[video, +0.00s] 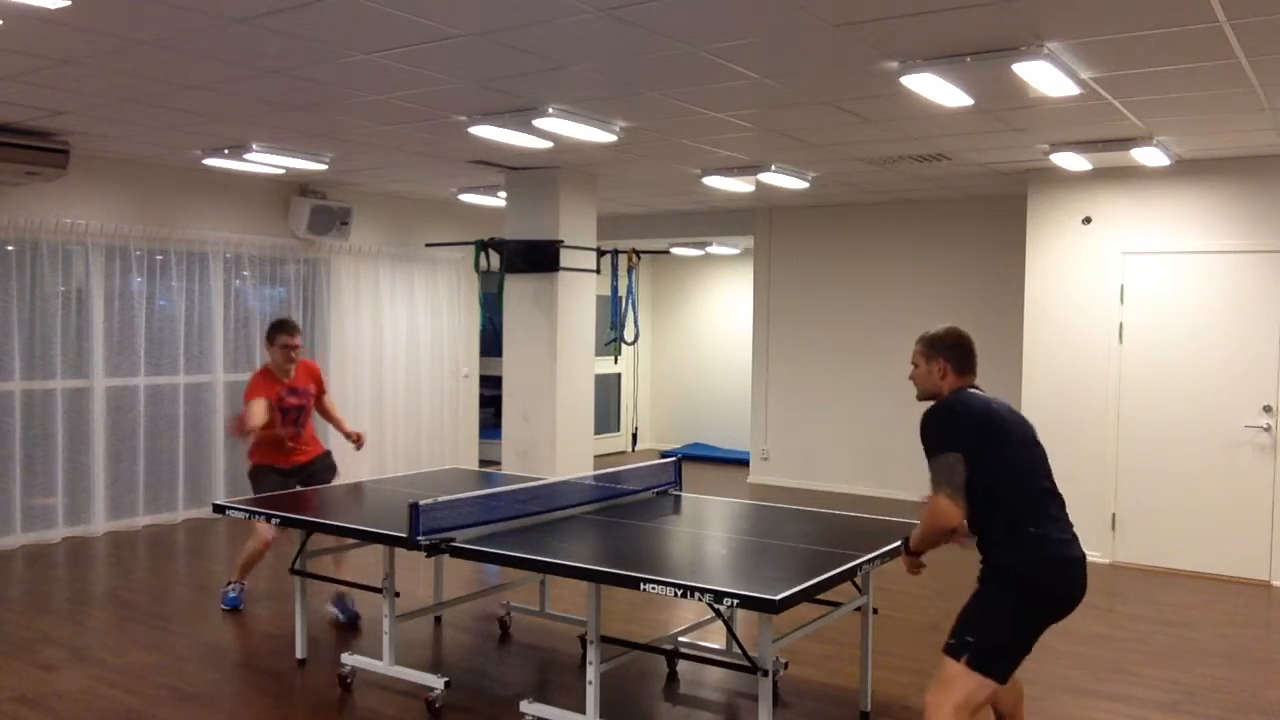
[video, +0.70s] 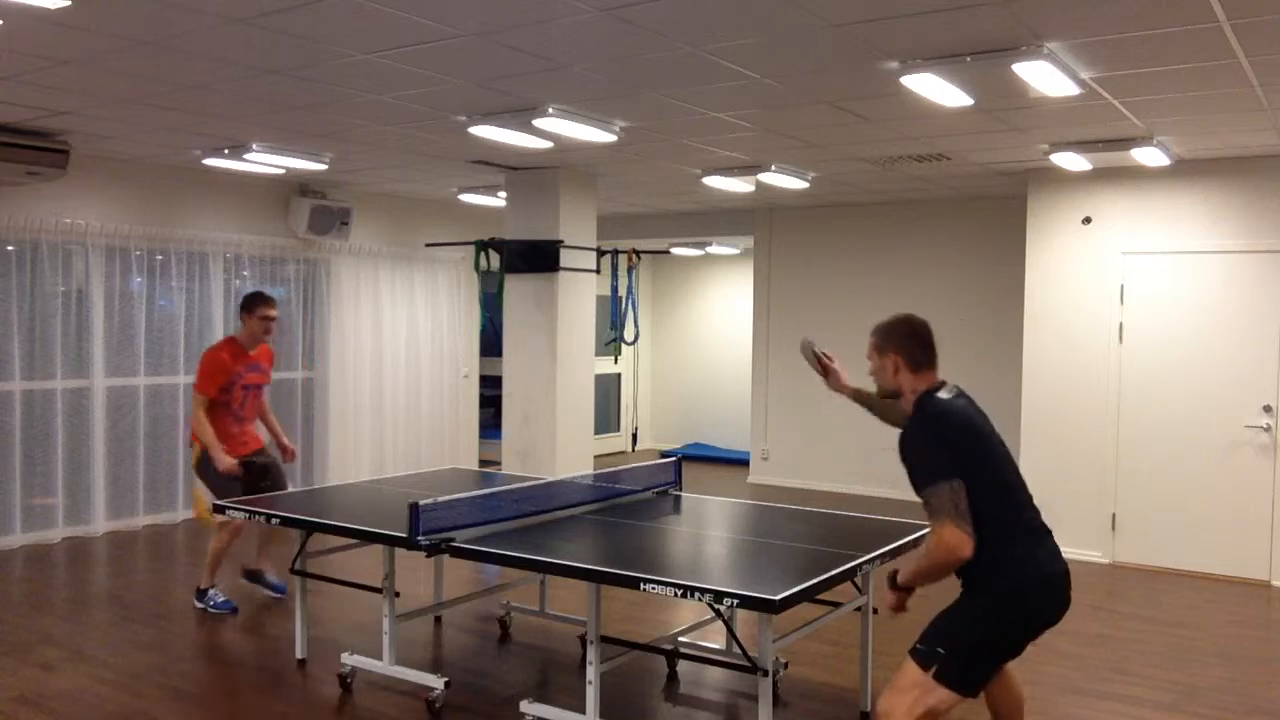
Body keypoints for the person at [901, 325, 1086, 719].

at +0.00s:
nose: (911, 374)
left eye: (916, 365)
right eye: (912, 365)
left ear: (941, 369)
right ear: (951, 370)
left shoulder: (946, 413)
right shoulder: (999, 411)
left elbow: (947, 516)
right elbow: (1016, 505)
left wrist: (914, 548)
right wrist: (961, 528)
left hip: (1023, 571)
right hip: (1063, 568)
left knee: (945, 701)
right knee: (996, 675)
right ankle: (1011, 713)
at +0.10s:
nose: (921, 373)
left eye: (925, 364)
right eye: (921, 364)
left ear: (949, 367)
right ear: (974, 369)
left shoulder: (940, 414)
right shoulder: (1022, 417)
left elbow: (933, 513)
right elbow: (1065, 511)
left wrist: (916, 552)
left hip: (1006, 571)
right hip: (1062, 570)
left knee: (935, 702)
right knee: (997, 652)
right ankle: (1017, 713)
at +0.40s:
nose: (925, 377)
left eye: (928, 366)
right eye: (925, 366)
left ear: (948, 366)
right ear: (981, 368)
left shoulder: (934, 416)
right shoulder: (1023, 423)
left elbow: (923, 516)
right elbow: (1023, 507)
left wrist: (913, 560)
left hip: (987, 583)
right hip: (1047, 579)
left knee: (901, 705)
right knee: (995, 658)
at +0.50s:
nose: (910, 367)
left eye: (913, 356)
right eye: (911, 357)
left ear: (933, 356)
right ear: (960, 357)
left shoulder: (935, 413)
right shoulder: (995, 407)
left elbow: (935, 520)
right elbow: (973, 488)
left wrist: (904, 556)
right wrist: (900, 468)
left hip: (998, 587)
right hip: (1047, 580)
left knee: (896, 708)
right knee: (986, 655)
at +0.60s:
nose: (889, 365)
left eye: (893, 355)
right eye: (889, 355)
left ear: (912, 358)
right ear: (930, 358)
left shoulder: (938, 417)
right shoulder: (963, 404)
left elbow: (953, 532)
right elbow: (892, 418)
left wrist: (898, 564)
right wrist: (840, 399)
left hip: (1010, 588)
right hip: (1042, 578)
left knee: (900, 708)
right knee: (986, 666)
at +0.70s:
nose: (871, 370)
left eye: (873, 360)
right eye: (871, 360)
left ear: (894, 364)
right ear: (923, 358)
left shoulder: (925, 426)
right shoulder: (953, 400)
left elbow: (955, 544)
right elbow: (906, 415)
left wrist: (901, 577)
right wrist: (847, 390)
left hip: (1011, 590)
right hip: (1044, 577)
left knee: (898, 708)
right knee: (988, 662)